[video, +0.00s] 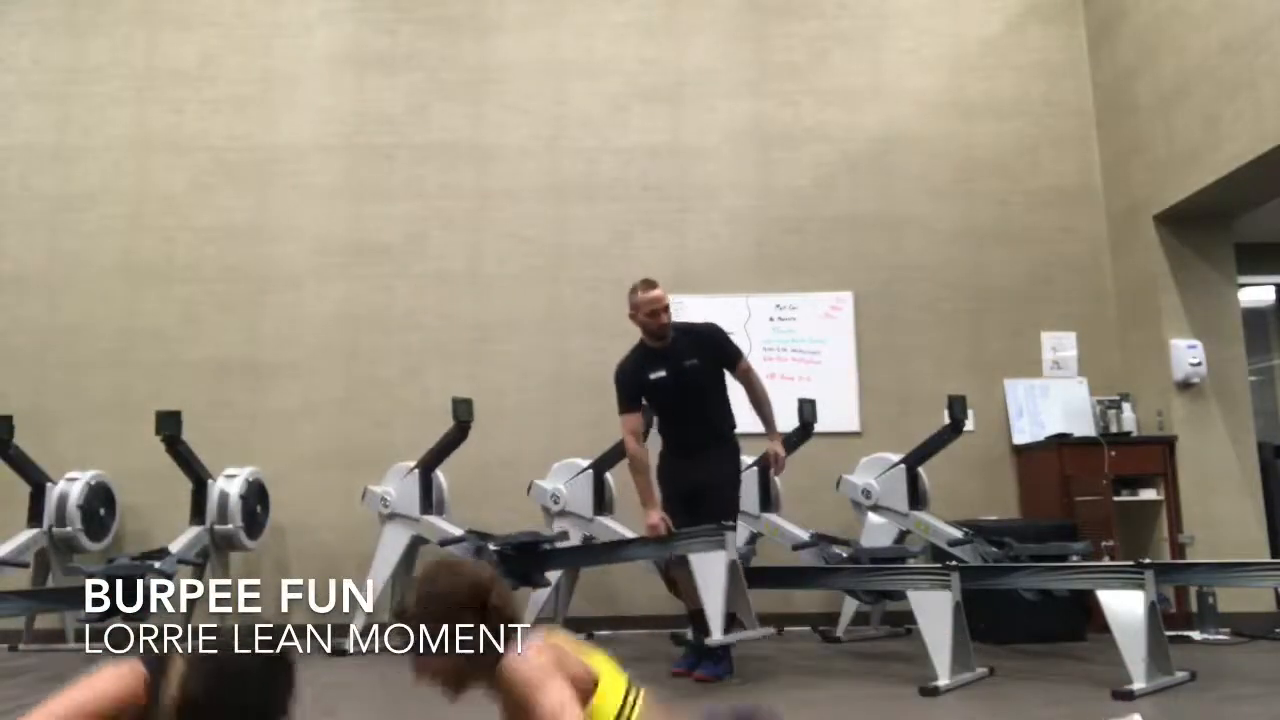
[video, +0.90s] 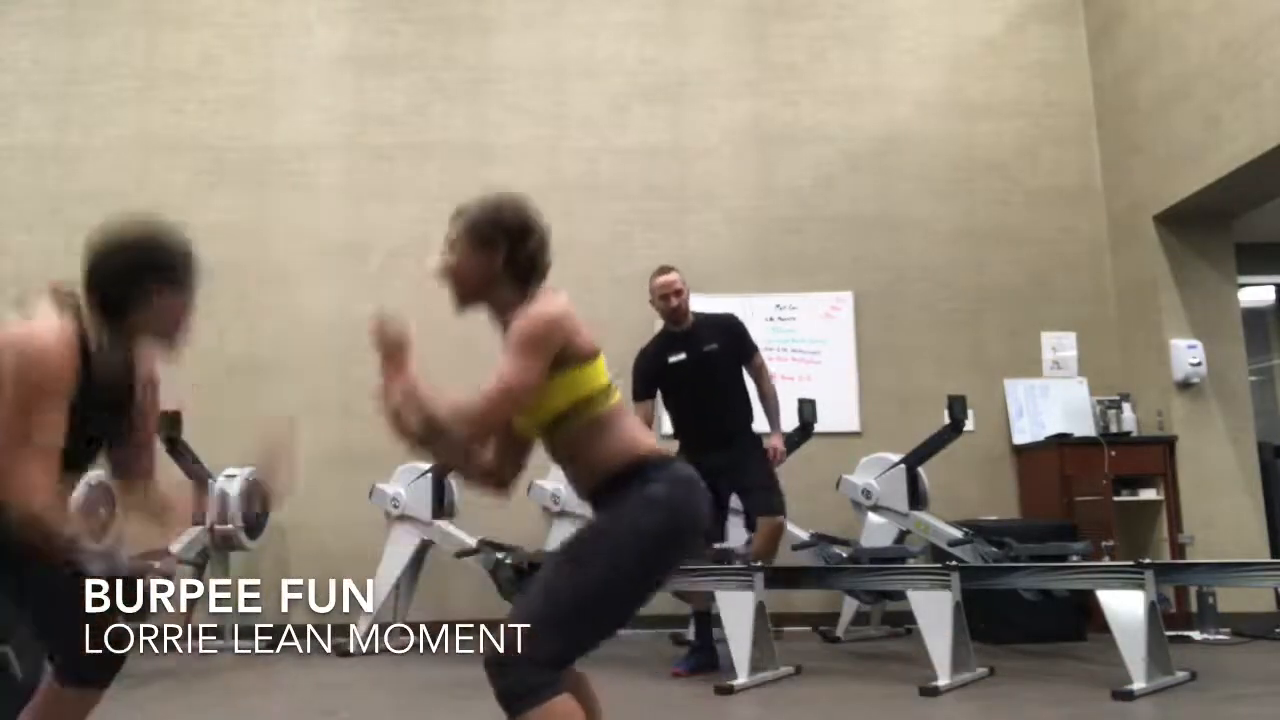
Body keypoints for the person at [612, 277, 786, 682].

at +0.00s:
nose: (661, 319)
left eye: (664, 310)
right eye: (651, 314)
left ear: (670, 307)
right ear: (634, 318)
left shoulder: (708, 337)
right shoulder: (630, 370)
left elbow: (749, 380)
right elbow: (633, 441)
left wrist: (773, 436)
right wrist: (650, 507)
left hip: (719, 456)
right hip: (675, 461)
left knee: (716, 550)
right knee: (674, 553)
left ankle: (720, 649)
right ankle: (700, 641)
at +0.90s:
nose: (673, 301)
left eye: (677, 293)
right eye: (664, 297)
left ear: (688, 293)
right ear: (653, 304)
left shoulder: (726, 328)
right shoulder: (650, 358)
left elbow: (761, 377)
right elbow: (643, 422)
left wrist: (776, 430)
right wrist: (651, 462)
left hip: (744, 450)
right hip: (696, 460)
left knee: (772, 521)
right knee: (696, 550)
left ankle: (740, 596)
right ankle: (703, 643)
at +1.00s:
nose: (687, 297)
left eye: (691, 288)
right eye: (678, 292)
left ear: (701, 290)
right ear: (666, 299)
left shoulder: (737, 327)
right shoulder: (659, 354)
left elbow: (771, 378)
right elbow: (650, 419)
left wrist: (785, 432)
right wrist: (656, 472)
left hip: (752, 450)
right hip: (703, 458)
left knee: (785, 523)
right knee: (700, 551)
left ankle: (787, 620)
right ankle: (703, 643)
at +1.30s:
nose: (749, 289)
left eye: (756, 281)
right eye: (742, 282)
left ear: (770, 283)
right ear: (732, 287)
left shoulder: (803, 331)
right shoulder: (720, 341)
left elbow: (834, 388)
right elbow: (706, 409)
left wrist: (845, 452)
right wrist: (704, 474)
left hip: (799, 458)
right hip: (748, 460)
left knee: (819, 550)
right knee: (730, 553)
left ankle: (843, 652)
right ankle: (710, 644)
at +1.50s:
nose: (771, 276)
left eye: (779, 268)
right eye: (764, 269)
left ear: (799, 272)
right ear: (758, 275)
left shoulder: (831, 320)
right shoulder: (747, 327)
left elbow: (868, 379)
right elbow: (741, 395)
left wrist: (876, 445)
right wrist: (752, 454)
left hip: (823, 448)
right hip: (773, 450)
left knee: (833, 548)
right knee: (762, 542)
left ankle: (844, 652)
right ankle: (778, 642)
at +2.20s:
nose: (716, 274)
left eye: (723, 265)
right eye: (712, 269)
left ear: (750, 266)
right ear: (711, 278)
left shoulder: (793, 311)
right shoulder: (720, 335)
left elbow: (831, 373)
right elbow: (718, 406)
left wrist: (827, 440)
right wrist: (719, 467)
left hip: (810, 450)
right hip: (760, 453)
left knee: (829, 553)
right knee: (738, 551)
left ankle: (844, 654)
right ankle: (722, 656)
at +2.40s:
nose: (660, 269)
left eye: (669, 261)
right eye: (658, 263)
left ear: (697, 264)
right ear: (661, 273)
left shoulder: (737, 306)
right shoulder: (668, 332)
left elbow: (777, 369)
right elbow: (667, 398)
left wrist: (781, 438)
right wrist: (663, 451)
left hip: (757, 451)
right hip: (708, 458)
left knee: (793, 553)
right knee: (703, 558)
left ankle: (833, 635)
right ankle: (700, 663)